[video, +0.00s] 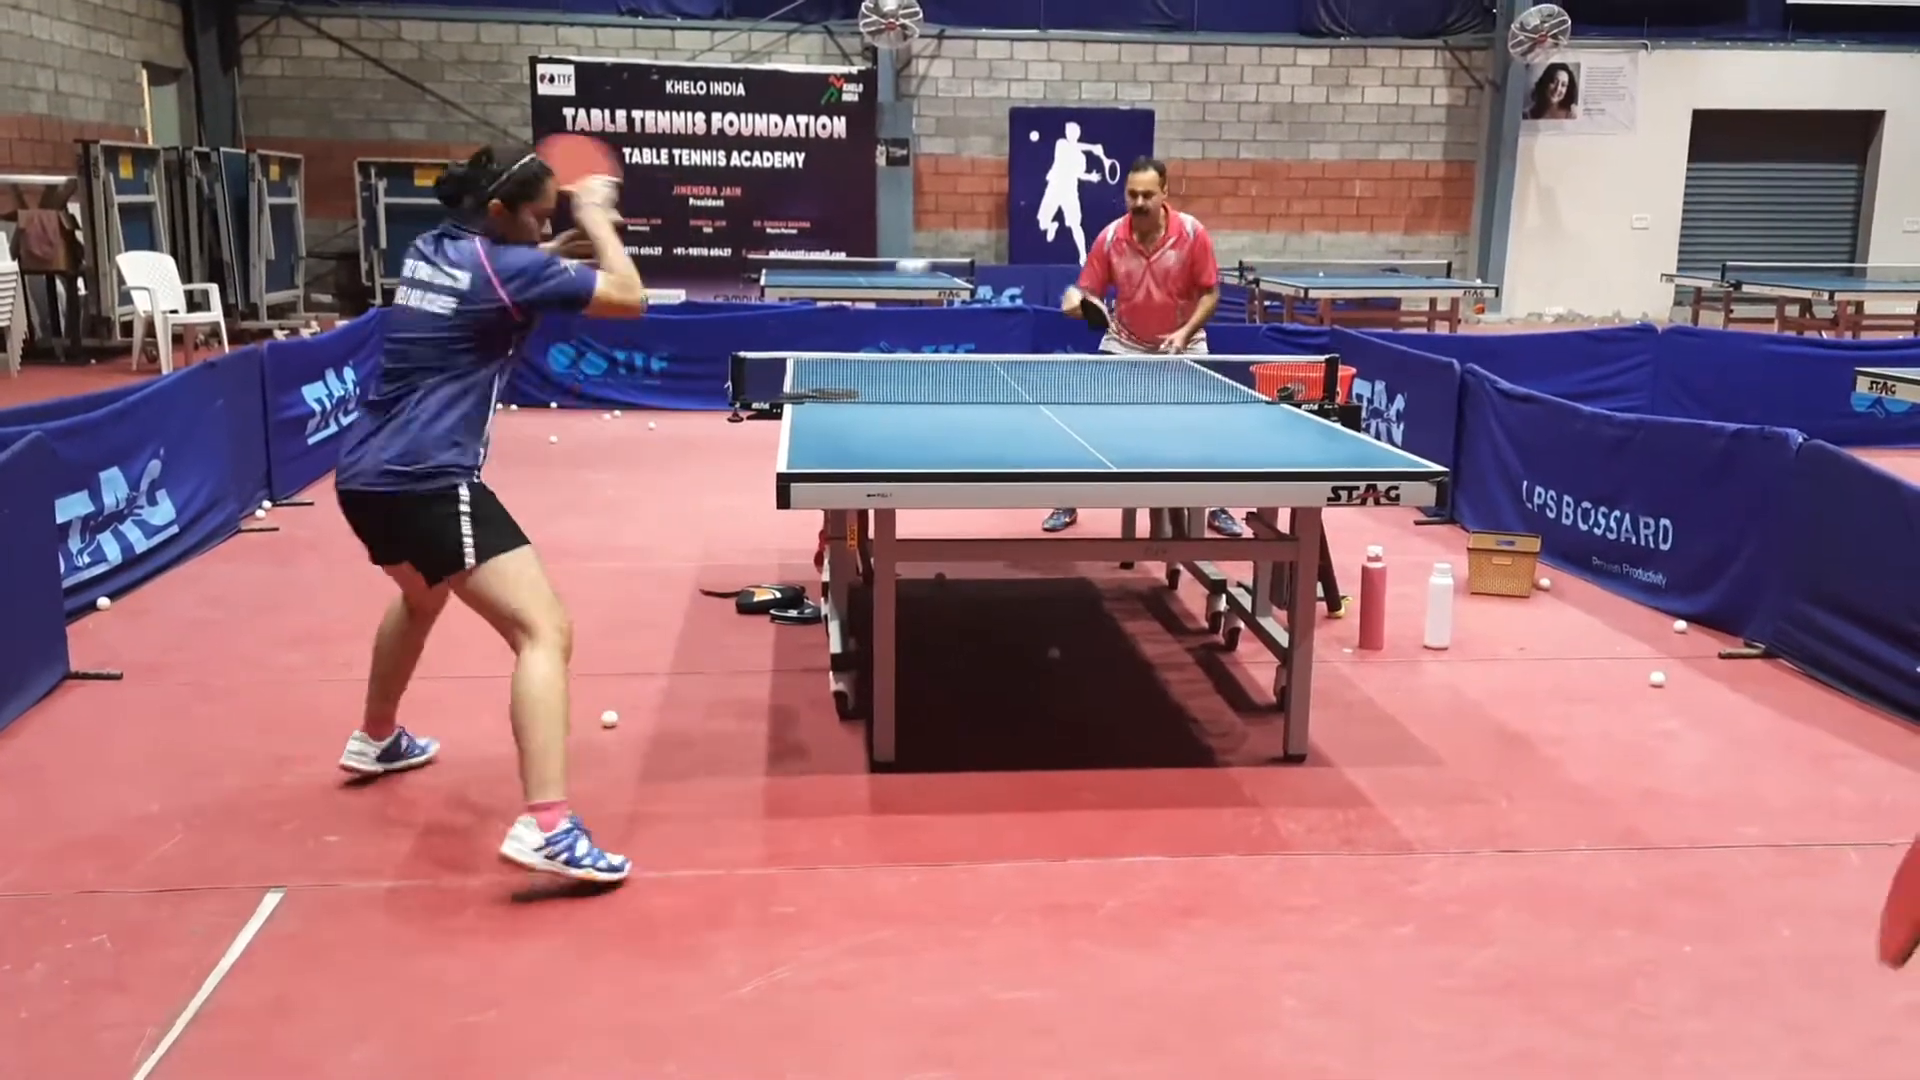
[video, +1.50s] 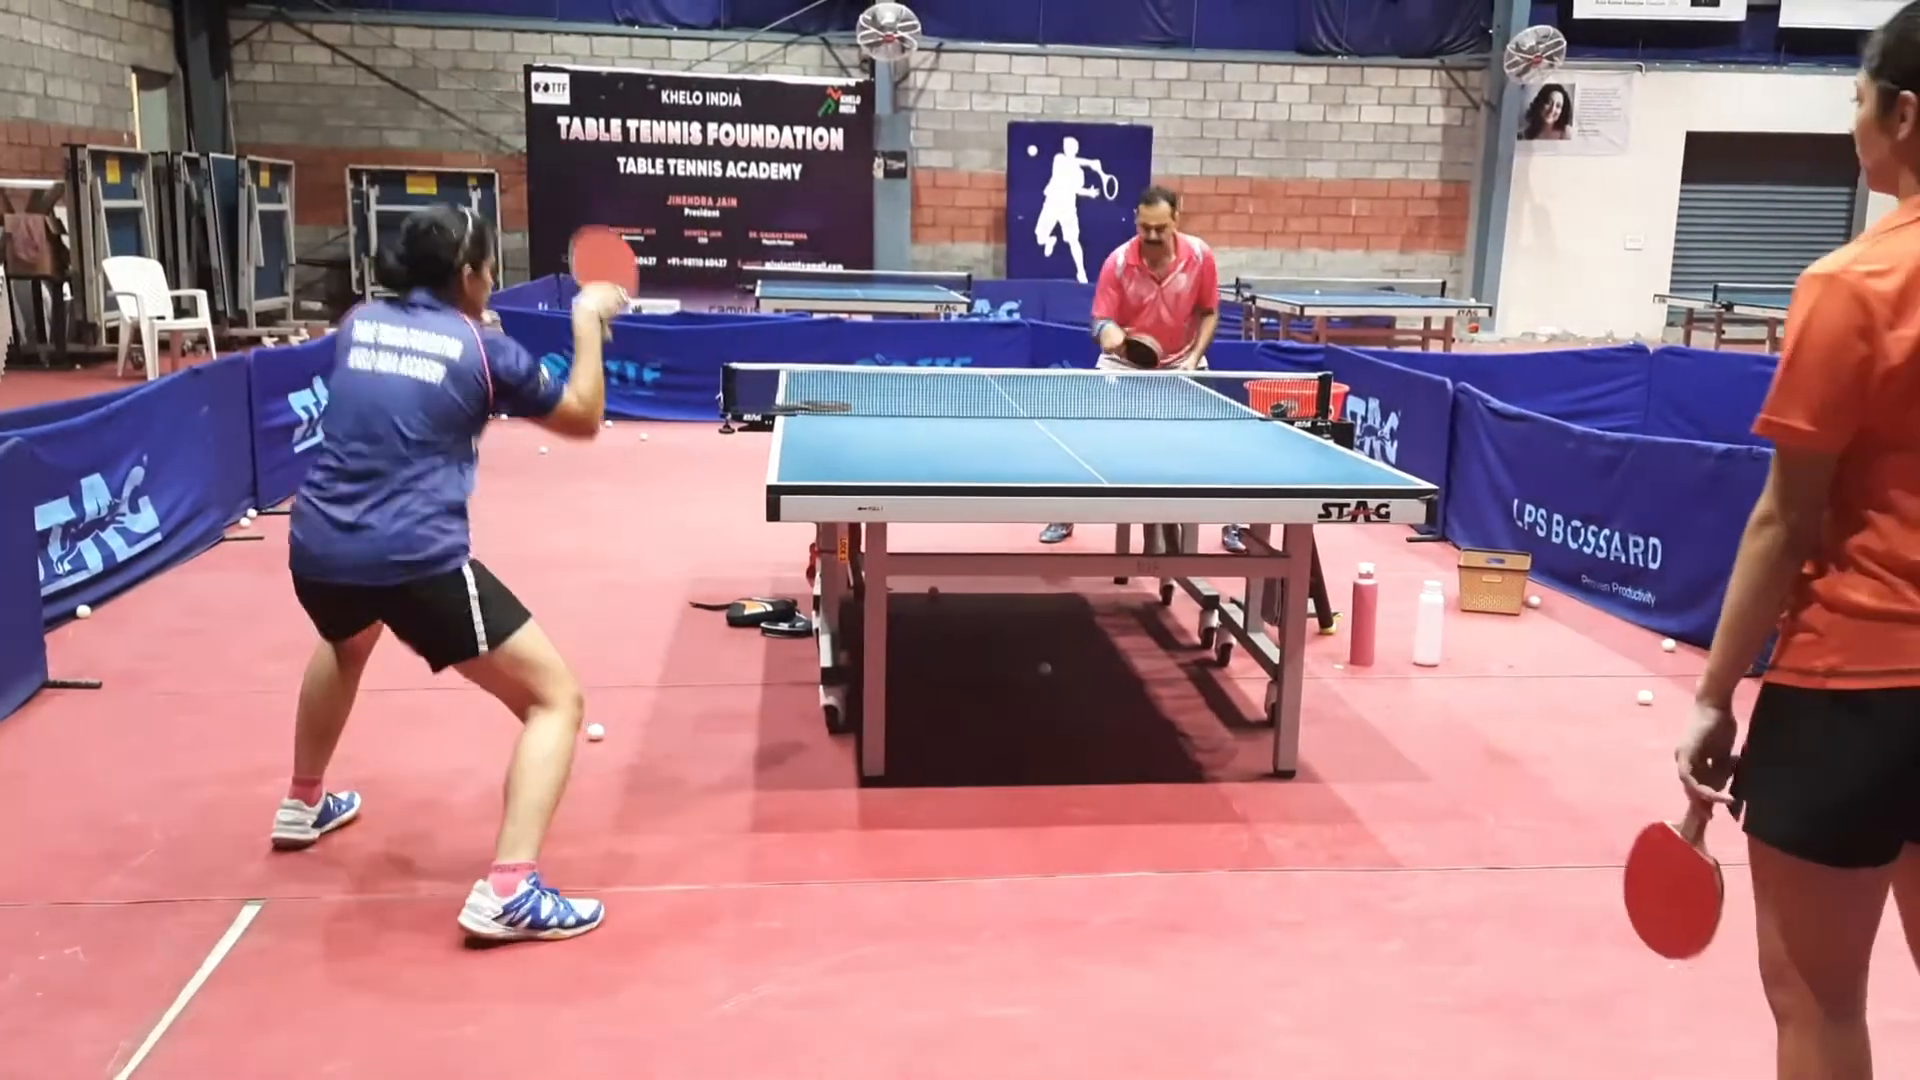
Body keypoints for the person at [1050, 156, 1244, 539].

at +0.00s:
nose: (1139, 202)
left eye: (1147, 195)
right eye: (1133, 195)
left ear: (1164, 194)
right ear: (1126, 195)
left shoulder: (1192, 233)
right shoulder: (1110, 237)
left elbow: (1211, 293)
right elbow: (1087, 290)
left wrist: (1184, 333)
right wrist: (1076, 302)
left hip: (1182, 343)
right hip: (1123, 342)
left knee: (1204, 419)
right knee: (1086, 413)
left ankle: (1213, 504)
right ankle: (1066, 502)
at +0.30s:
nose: (1153, 227)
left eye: (1161, 219)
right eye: (1145, 219)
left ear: (1174, 210)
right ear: (1134, 211)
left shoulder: (1197, 242)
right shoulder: (1116, 248)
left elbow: (1206, 296)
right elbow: (1097, 313)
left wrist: (1198, 342)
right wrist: (1112, 316)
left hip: (1177, 350)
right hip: (1119, 349)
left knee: (1207, 419)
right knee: (1084, 415)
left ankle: (1218, 509)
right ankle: (1066, 505)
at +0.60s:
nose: (1181, 207)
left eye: (1189, 200)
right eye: (1173, 199)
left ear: (1202, 199)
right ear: (1162, 196)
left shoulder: (1218, 240)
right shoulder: (1139, 239)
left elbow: (1222, 296)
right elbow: (1115, 300)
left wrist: (1215, 334)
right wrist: (1135, 318)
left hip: (1191, 355)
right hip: (1132, 352)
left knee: (1209, 429)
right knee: (1100, 423)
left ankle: (1219, 513)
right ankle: (1071, 509)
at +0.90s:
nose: (1163, 221)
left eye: (1173, 213)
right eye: (1158, 212)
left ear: (1190, 214)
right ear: (1149, 212)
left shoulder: (1213, 256)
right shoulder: (1131, 256)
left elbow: (1226, 315)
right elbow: (1115, 313)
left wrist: (1215, 349)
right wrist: (1128, 323)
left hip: (1193, 365)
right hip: (1133, 363)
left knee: (1227, 432)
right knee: (1092, 424)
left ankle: (1241, 519)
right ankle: (1073, 512)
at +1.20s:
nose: (1146, 217)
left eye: (1155, 209)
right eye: (1140, 209)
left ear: (1171, 209)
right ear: (1133, 209)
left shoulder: (1198, 249)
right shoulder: (1116, 252)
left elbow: (1215, 307)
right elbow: (1100, 312)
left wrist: (1199, 340)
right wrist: (1084, 320)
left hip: (1185, 362)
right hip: (1126, 360)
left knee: (1217, 433)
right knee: (1090, 427)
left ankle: (1237, 519)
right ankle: (1070, 513)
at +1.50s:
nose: (1152, 236)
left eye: (1161, 228)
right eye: (1145, 228)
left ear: (1176, 220)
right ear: (1135, 222)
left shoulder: (1199, 256)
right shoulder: (1118, 262)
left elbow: (1210, 313)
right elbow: (1102, 318)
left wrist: (1195, 355)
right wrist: (1112, 335)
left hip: (1182, 365)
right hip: (1124, 365)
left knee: (1218, 433)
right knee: (1085, 427)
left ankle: (1232, 522)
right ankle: (1063, 514)